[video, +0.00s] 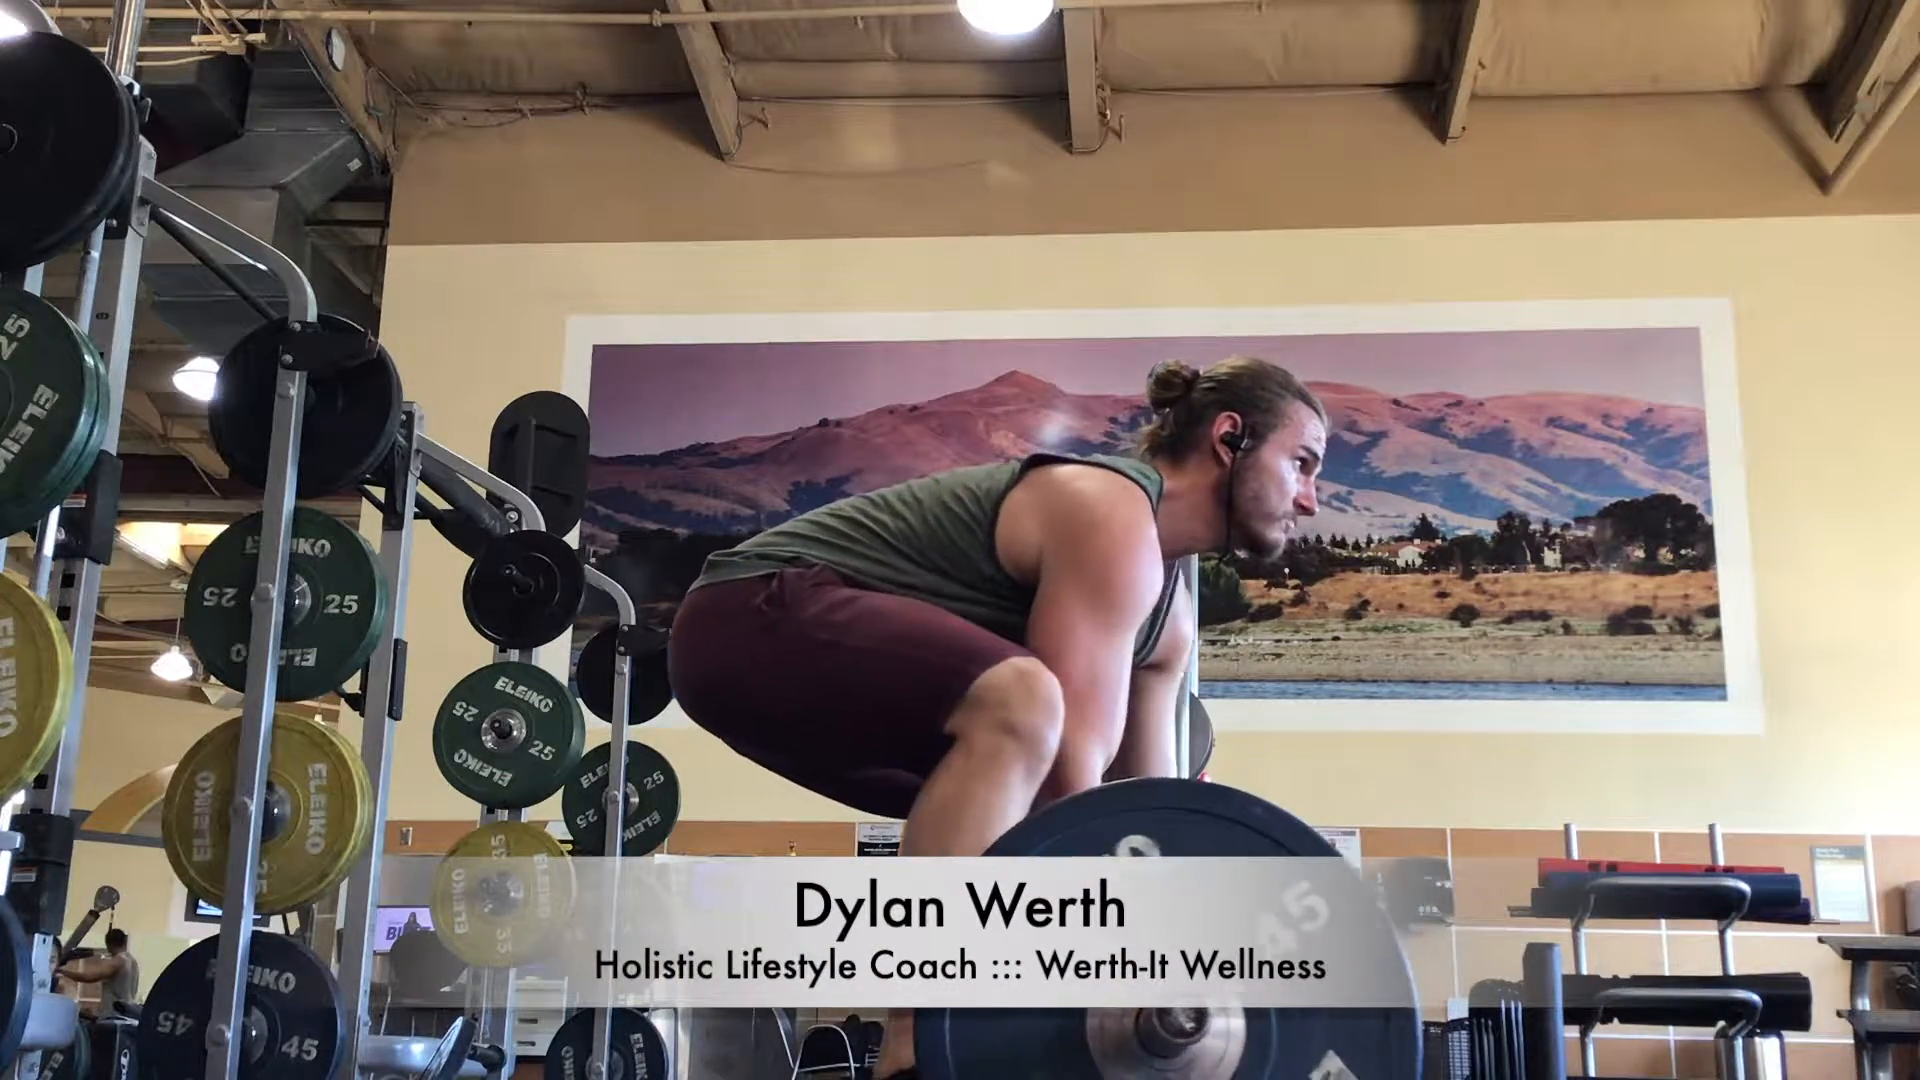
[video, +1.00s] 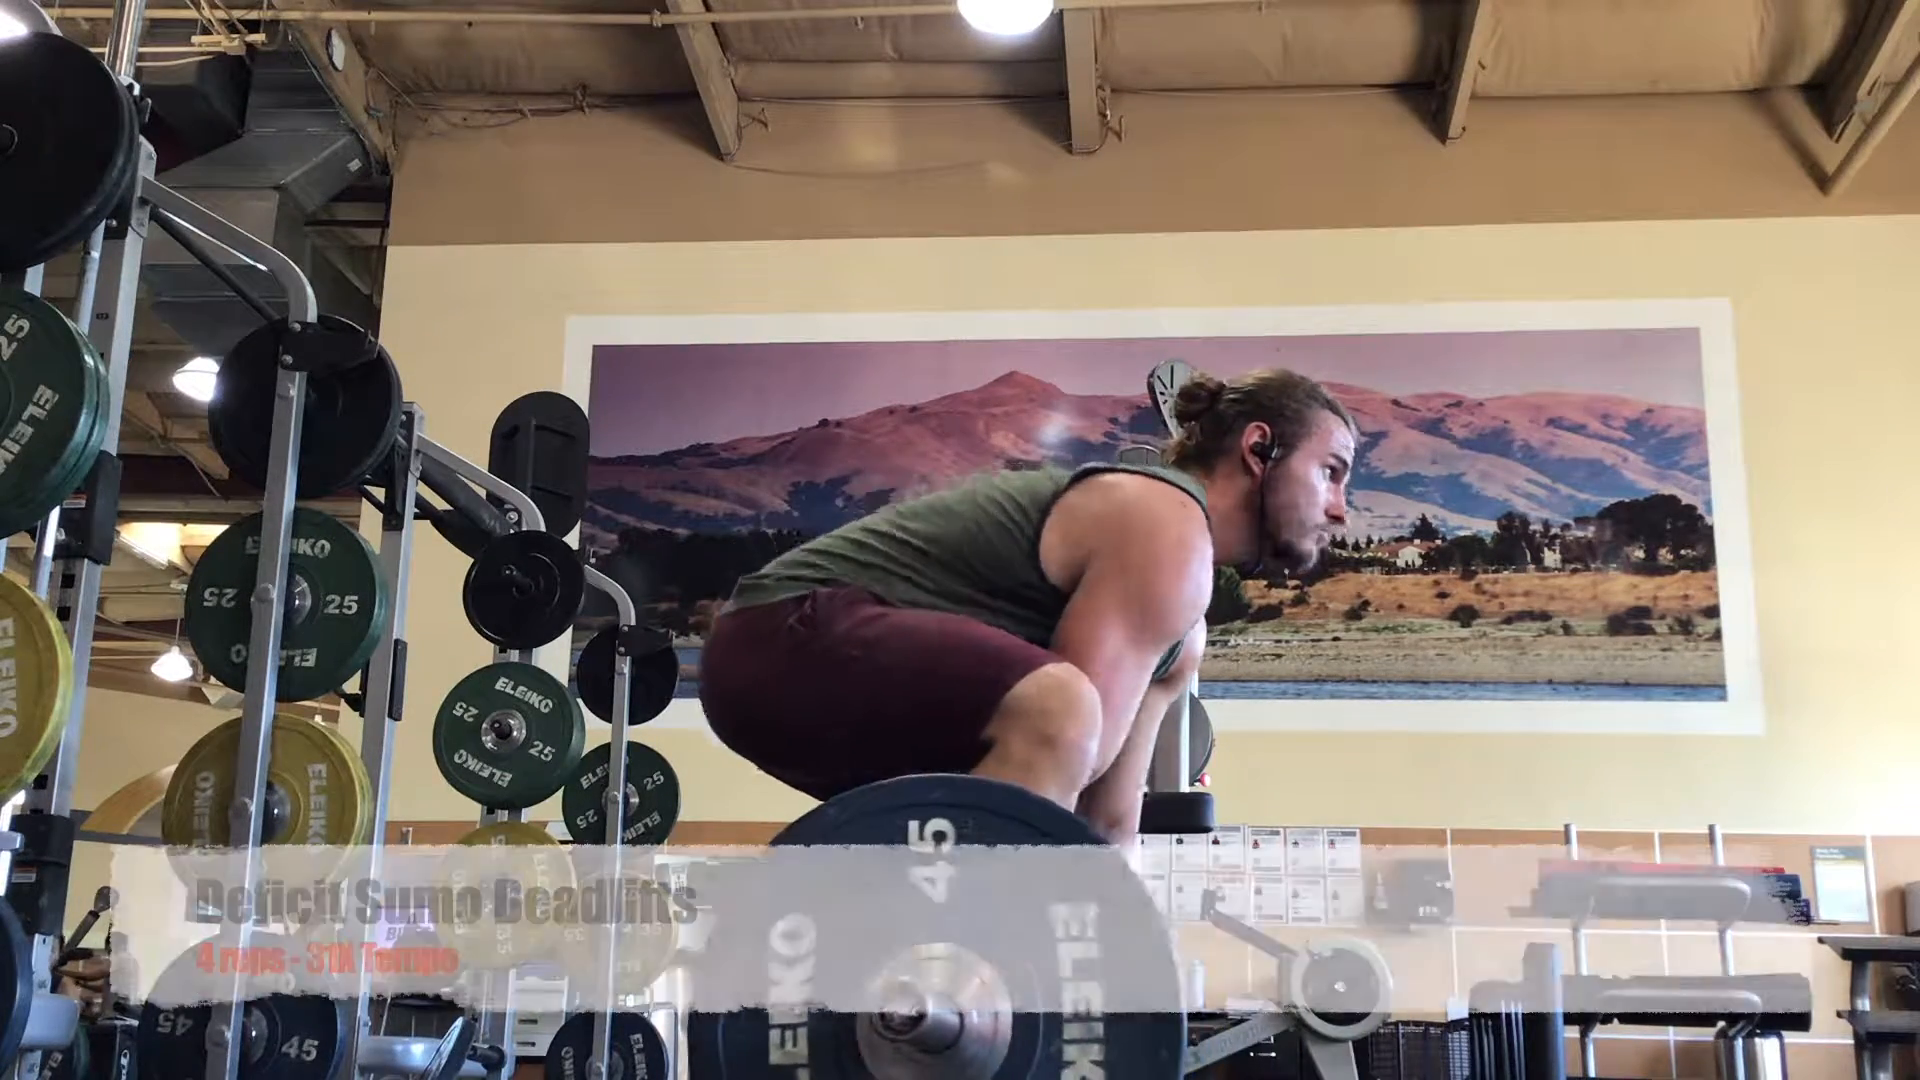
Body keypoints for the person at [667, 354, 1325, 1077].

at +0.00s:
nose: (1312, 497)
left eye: (1318, 477)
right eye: (1301, 464)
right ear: (1227, 439)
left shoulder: (1168, 613)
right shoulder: (1108, 522)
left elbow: (1152, 798)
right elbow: (1074, 776)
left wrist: (1174, 968)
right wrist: (1100, 967)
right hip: (754, 609)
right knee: (1018, 704)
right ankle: (907, 1043)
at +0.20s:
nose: (1311, 497)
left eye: (1316, 473)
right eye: (1300, 462)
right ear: (1226, 440)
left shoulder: (1178, 617)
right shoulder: (1102, 522)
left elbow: (1145, 809)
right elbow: (1059, 773)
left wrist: (1156, 971)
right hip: (748, 607)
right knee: (1000, 697)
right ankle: (900, 986)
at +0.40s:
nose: (1318, 501)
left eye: (1325, 480)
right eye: (1309, 466)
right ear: (1236, 438)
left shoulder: (1175, 625)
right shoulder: (1115, 520)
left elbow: (1123, 814)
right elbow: (1042, 779)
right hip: (757, 606)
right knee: (1019, 707)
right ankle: (892, 978)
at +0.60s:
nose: (1332, 519)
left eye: (1339, 496)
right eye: (1323, 481)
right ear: (1250, 451)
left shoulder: (1174, 634)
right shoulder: (1127, 529)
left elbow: (1109, 823)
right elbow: (1028, 764)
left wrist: (1107, 979)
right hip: (766, 600)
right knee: (1032, 706)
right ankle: (942, 973)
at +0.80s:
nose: (1340, 521)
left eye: (1347, 498)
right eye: (1331, 484)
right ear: (1258, 455)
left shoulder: (1179, 631)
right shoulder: (1141, 530)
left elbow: (1112, 817)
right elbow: (1033, 768)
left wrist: (1114, 972)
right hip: (770, 604)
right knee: (1036, 706)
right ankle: (945, 970)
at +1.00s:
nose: (1344, 509)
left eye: (1347, 483)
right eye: (1332, 472)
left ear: (1257, 456)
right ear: (1257, 452)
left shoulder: (1177, 612)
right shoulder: (1164, 531)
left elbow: (1109, 816)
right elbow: (1061, 766)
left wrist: (1113, 967)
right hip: (783, 630)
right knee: (1059, 713)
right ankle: (951, 962)